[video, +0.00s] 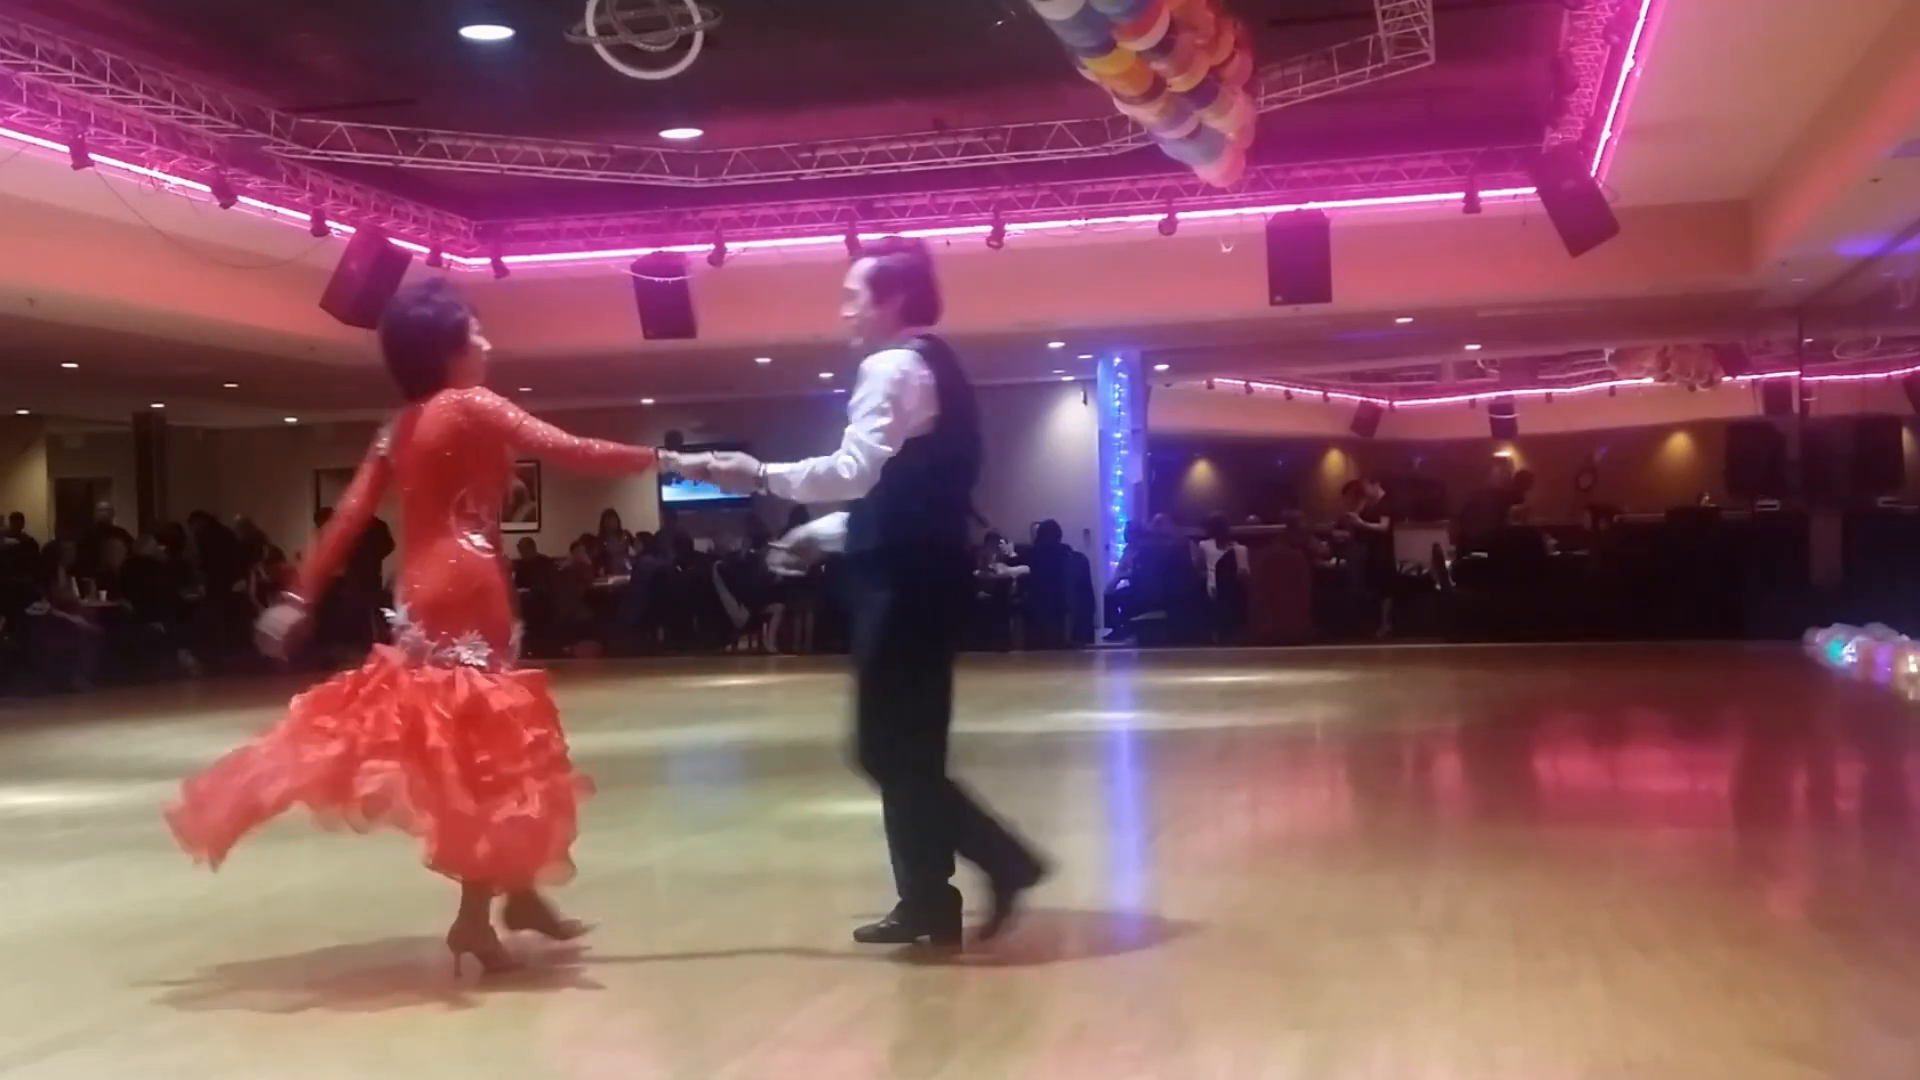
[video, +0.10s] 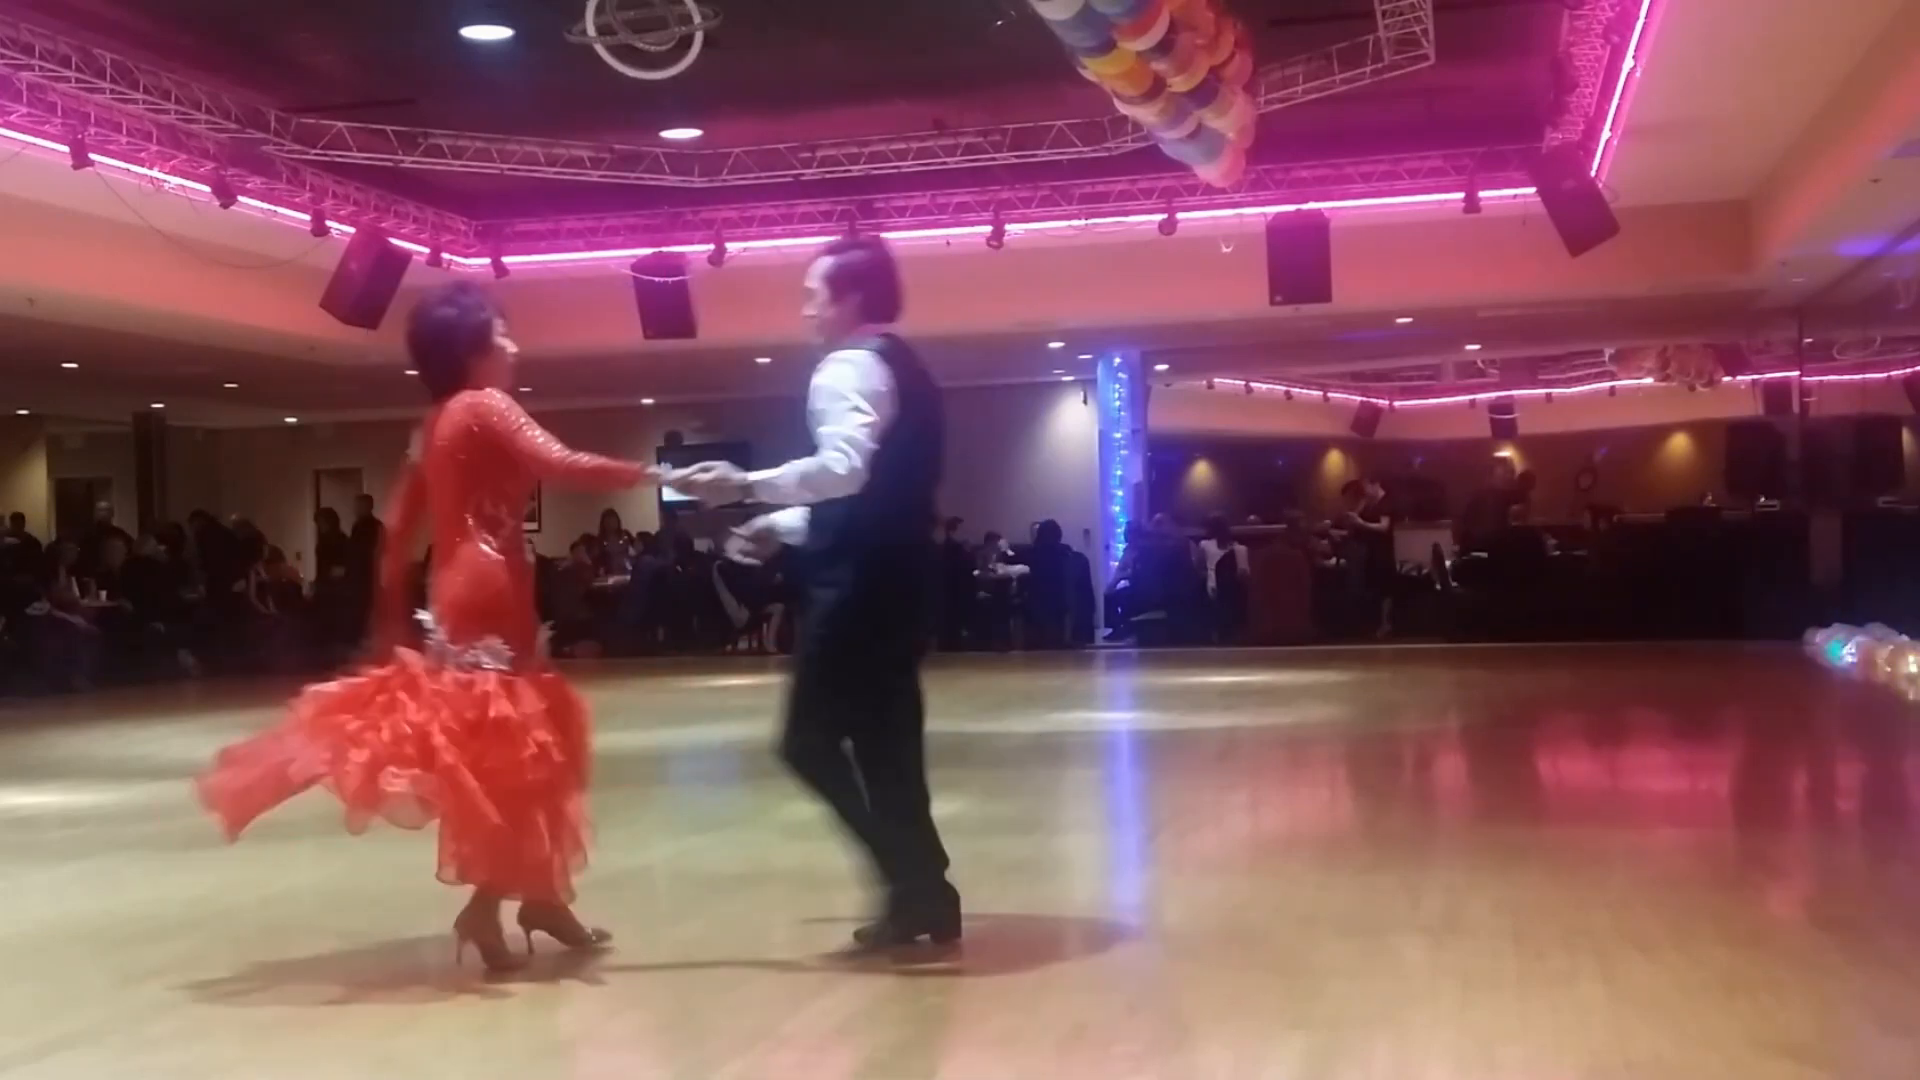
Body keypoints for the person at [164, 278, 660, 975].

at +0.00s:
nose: (485, 341)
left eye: (478, 328)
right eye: (474, 332)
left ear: (411, 355)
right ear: (450, 346)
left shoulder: (397, 429)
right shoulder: (472, 404)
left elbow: (349, 516)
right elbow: (566, 449)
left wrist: (299, 595)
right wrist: (666, 458)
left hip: (420, 581)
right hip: (469, 577)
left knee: (490, 744)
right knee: (483, 751)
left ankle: (522, 888)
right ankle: (472, 919)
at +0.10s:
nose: (514, 343)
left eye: (507, 330)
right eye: (501, 333)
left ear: (447, 354)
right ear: (473, 348)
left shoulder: (436, 424)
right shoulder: (486, 406)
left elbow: (399, 529)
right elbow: (562, 465)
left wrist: (390, 627)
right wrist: (667, 476)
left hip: (458, 591)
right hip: (491, 591)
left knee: (531, 743)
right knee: (506, 756)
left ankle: (543, 892)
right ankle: (482, 907)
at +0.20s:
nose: (542, 345)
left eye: (536, 332)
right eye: (529, 334)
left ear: (477, 353)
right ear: (498, 349)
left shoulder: (476, 419)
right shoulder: (502, 409)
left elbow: (462, 536)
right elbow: (536, 479)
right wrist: (624, 494)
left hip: (497, 606)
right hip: (518, 607)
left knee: (538, 753)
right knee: (551, 752)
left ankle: (543, 891)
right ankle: (523, 892)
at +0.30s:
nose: (573, 340)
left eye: (568, 328)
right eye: (560, 329)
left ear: (528, 343)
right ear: (524, 341)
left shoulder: (536, 410)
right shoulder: (517, 405)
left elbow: (528, 514)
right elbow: (501, 484)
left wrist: (594, 551)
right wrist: (579, 516)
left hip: (549, 597)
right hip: (533, 603)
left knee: (580, 745)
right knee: (572, 746)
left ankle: (571, 893)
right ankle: (559, 895)